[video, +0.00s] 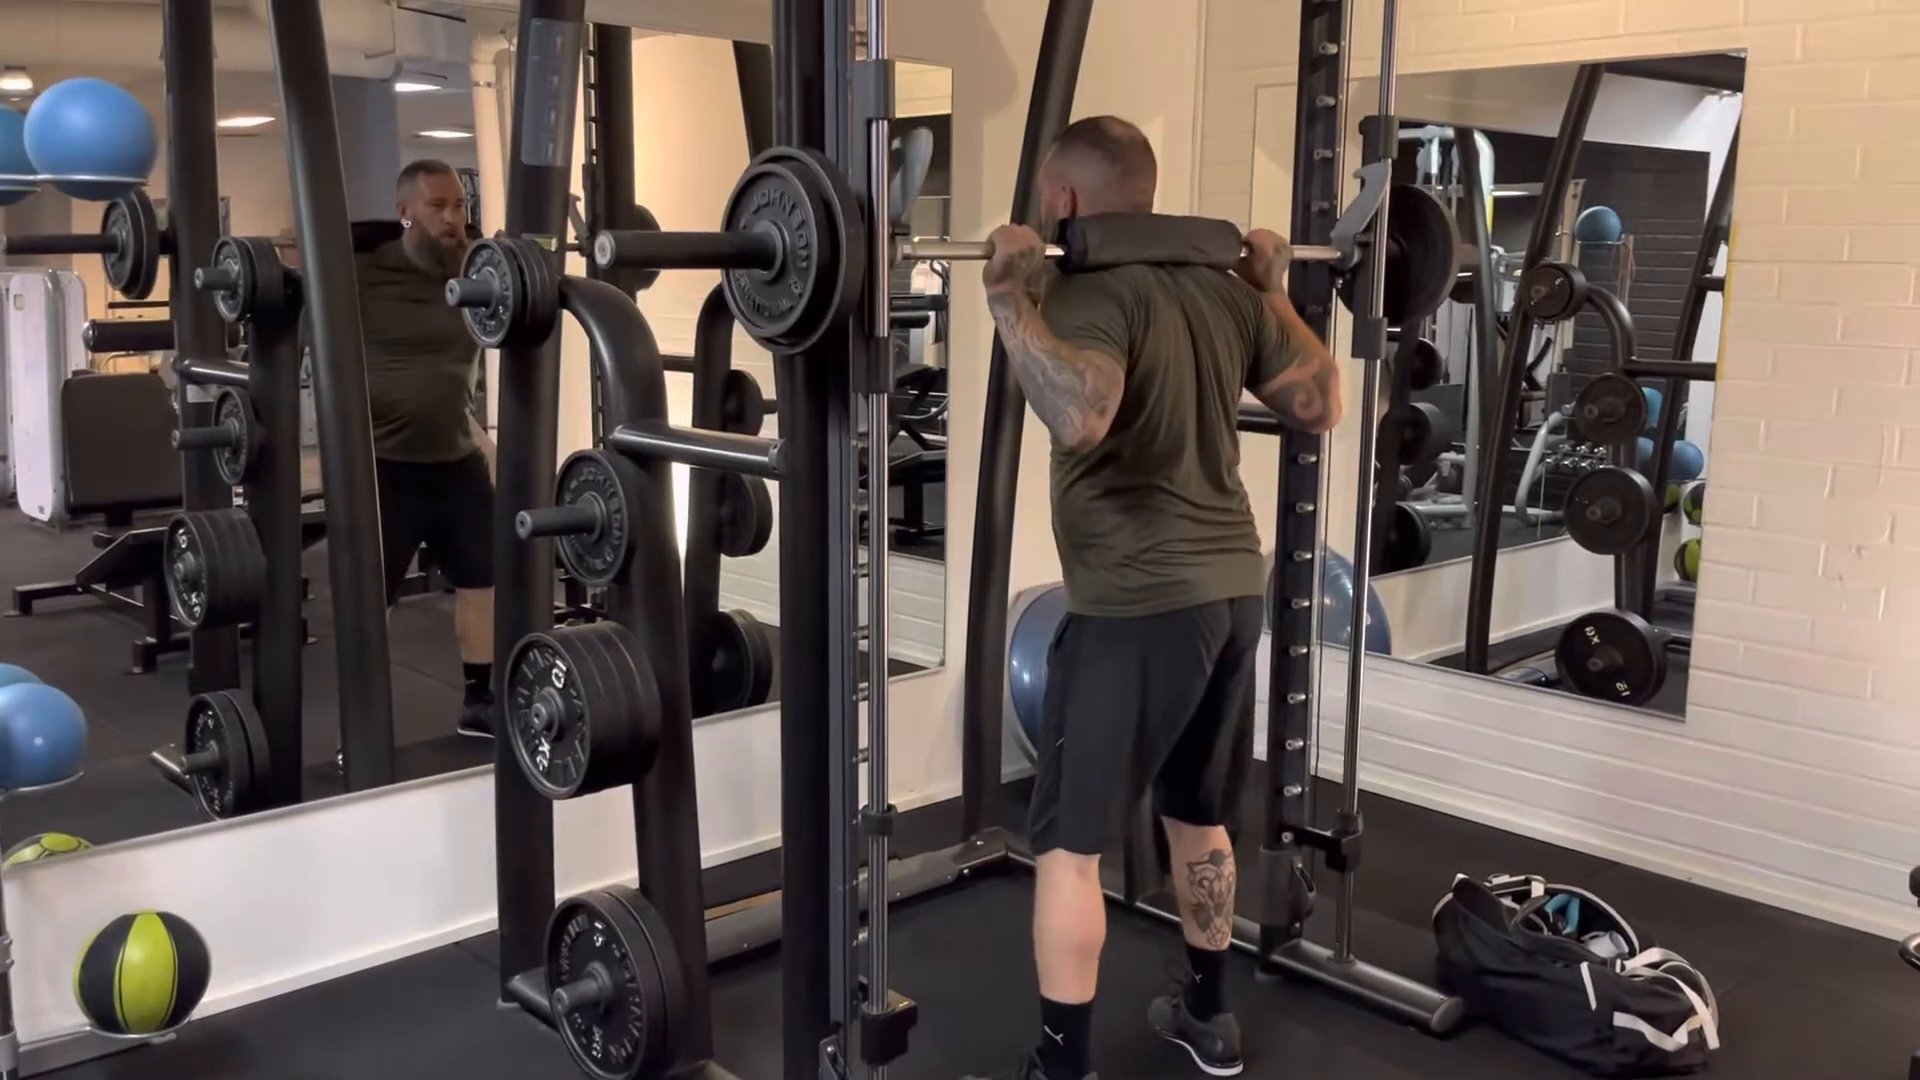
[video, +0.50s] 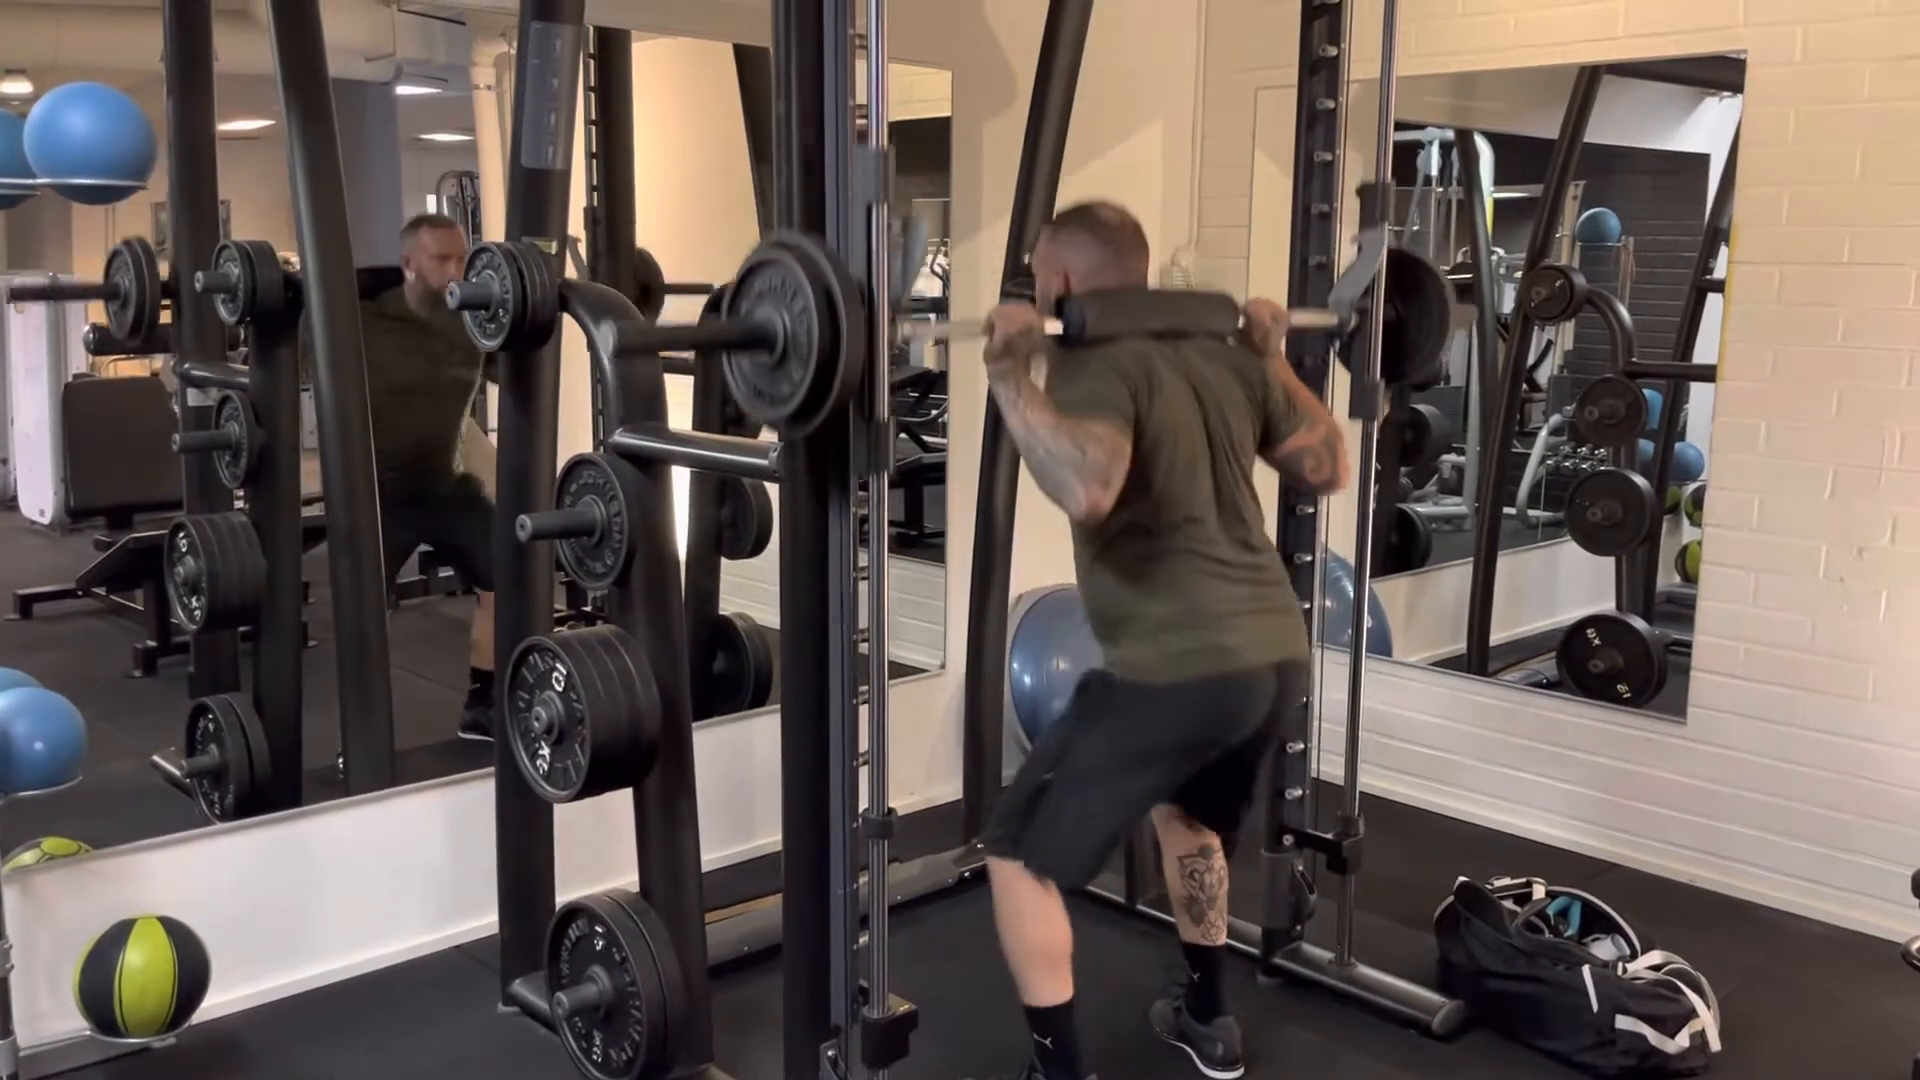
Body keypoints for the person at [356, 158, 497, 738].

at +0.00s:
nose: (454, 217)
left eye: (459, 205)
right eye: (440, 206)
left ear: (466, 210)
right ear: (405, 212)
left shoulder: (473, 273)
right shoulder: (360, 274)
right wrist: (279, 268)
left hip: (458, 459)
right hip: (381, 463)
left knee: (482, 574)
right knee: (365, 594)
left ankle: (482, 699)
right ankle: (359, 714)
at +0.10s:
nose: (454, 218)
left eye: (460, 206)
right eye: (440, 207)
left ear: (467, 211)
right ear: (406, 213)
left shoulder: (473, 274)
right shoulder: (360, 275)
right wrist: (280, 263)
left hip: (458, 460)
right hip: (382, 464)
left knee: (482, 576)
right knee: (366, 596)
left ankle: (482, 700)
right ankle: (360, 715)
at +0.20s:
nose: (454, 219)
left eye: (460, 207)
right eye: (440, 207)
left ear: (467, 212)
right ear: (406, 213)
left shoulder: (473, 275)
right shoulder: (360, 275)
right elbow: (277, 255)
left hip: (458, 461)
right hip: (382, 464)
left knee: (482, 576)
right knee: (366, 596)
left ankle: (482, 700)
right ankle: (360, 716)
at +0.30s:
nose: (455, 224)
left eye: (461, 212)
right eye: (440, 212)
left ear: (468, 216)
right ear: (406, 218)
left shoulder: (473, 280)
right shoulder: (360, 279)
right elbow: (279, 257)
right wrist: (278, 262)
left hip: (456, 464)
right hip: (380, 467)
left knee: (483, 576)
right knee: (364, 596)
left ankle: (481, 702)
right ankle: (360, 717)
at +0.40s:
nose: (456, 241)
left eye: (461, 229)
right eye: (442, 229)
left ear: (467, 233)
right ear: (407, 234)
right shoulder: (362, 296)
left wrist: (498, 468)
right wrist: (274, 274)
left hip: (451, 474)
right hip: (379, 480)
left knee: (493, 569)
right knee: (359, 602)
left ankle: (483, 703)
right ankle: (360, 722)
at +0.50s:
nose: (456, 270)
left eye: (462, 259)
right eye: (442, 260)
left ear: (469, 261)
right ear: (410, 265)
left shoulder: (471, 326)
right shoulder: (365, 322)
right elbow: (297, 362)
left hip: (445, 488)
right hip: (377, 491)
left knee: (505, 563)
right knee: (357, 604)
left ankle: (484, 700)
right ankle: (360, 725)